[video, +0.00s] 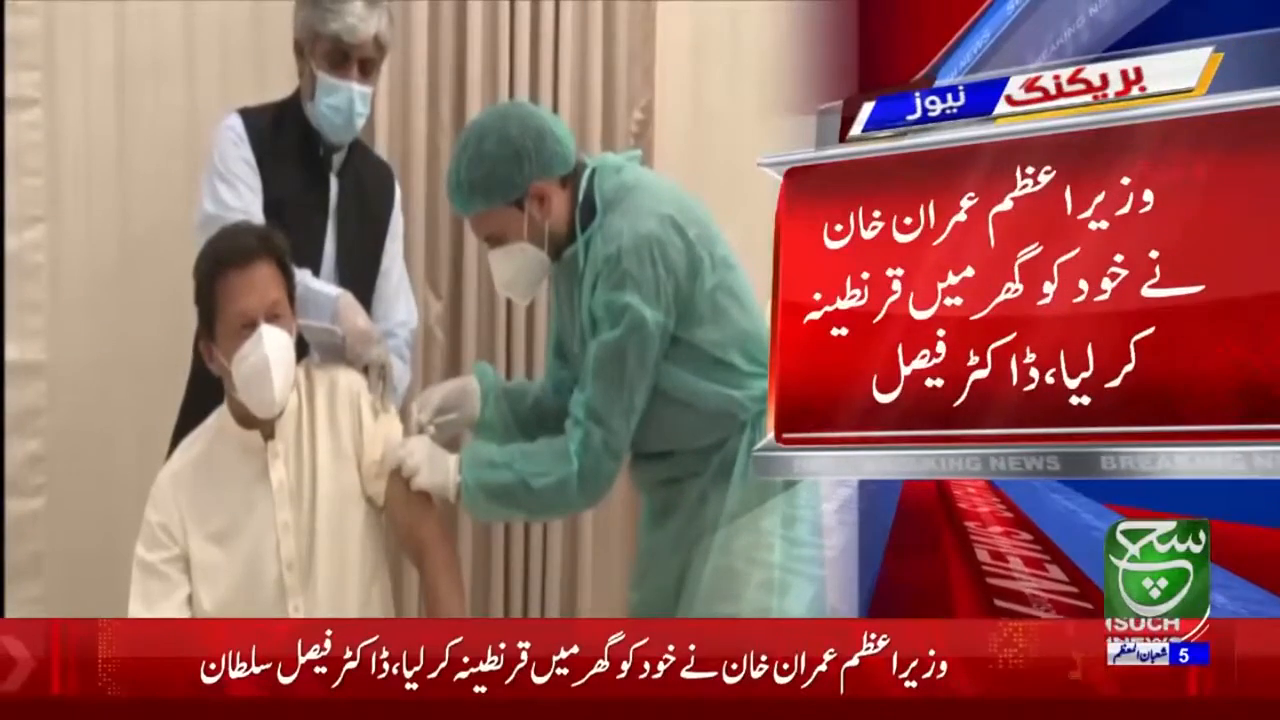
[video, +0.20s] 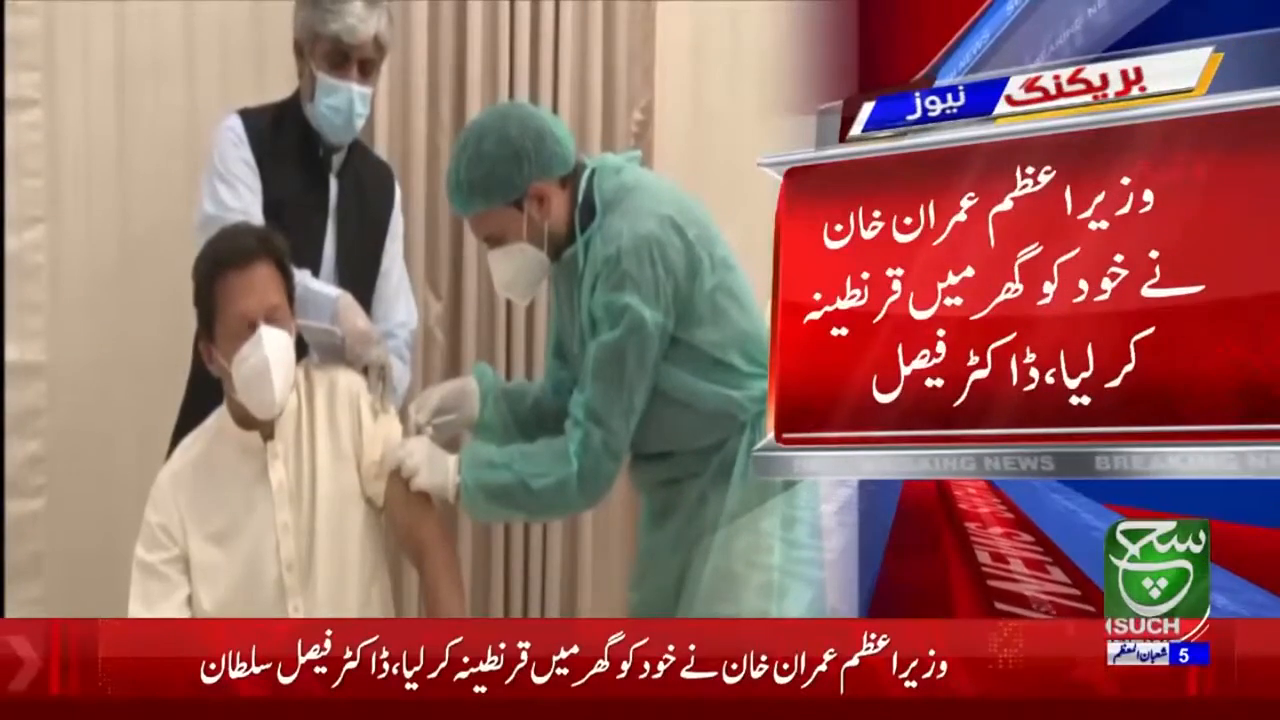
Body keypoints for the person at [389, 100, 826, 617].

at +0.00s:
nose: (496, 258)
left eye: (497, 241)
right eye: (487, 245)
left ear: (543, 201)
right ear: (545, 200)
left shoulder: (634, 238)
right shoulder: (582, 234)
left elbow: (589, 464)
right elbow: (567, 404)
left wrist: (458, 473)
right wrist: (483, 404)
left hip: (750, 473)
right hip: (677, 478)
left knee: (733, 662)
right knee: (655, 658)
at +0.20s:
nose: (496, 258)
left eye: (497, 241)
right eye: (487, 245)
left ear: (543, 202)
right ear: (544, 201)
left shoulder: (633, 239)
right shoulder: (582, 234)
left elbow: (589, 464)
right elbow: (566, 404)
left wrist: (457, 474)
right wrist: (482, 405)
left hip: (747, 475)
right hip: (677, 480)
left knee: (734, 664)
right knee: (656, 661)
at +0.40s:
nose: (494, 259)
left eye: (496, 242)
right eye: (486, 245)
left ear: (542, 202)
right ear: (544, 202)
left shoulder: (632, 241)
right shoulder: (583, 234)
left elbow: (588, 466)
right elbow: (566, 405)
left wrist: (458, 476)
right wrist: (482, 406)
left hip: (740, 488)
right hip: (679, 488)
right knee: (656, 665)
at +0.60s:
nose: (496, 261)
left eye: (497, 244)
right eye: (487, 248)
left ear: (541, 204)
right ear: (542, 204)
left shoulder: (633, 242)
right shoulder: (581, 238)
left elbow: (589, 468)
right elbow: (565, 410)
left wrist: (458, 478)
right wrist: (482, 408)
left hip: (748, 477)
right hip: (676, 483)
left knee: (738, 667)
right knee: (658, 665)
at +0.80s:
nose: (494, 262)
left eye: (496, 246)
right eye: (486, 249)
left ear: (542, 207)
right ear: (543, 206)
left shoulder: (633, 245)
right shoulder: (581, 241)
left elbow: (589, 471)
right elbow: (566, 412)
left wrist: (458, 482)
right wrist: (481, 411)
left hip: (748, 478)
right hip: (677, 485)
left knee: (739, 666)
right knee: (658, 664)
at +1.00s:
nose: (495, 266)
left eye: (498, 249)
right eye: (487, 252)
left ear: (543, 209)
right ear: (544, 209)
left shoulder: (634, 247)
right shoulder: (581, 244)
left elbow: (588, 475)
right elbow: (568, 413)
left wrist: (456, 486)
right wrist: (481, 414)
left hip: (750, 477)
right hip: (677, 484)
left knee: (738, 663)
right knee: (657, 660)